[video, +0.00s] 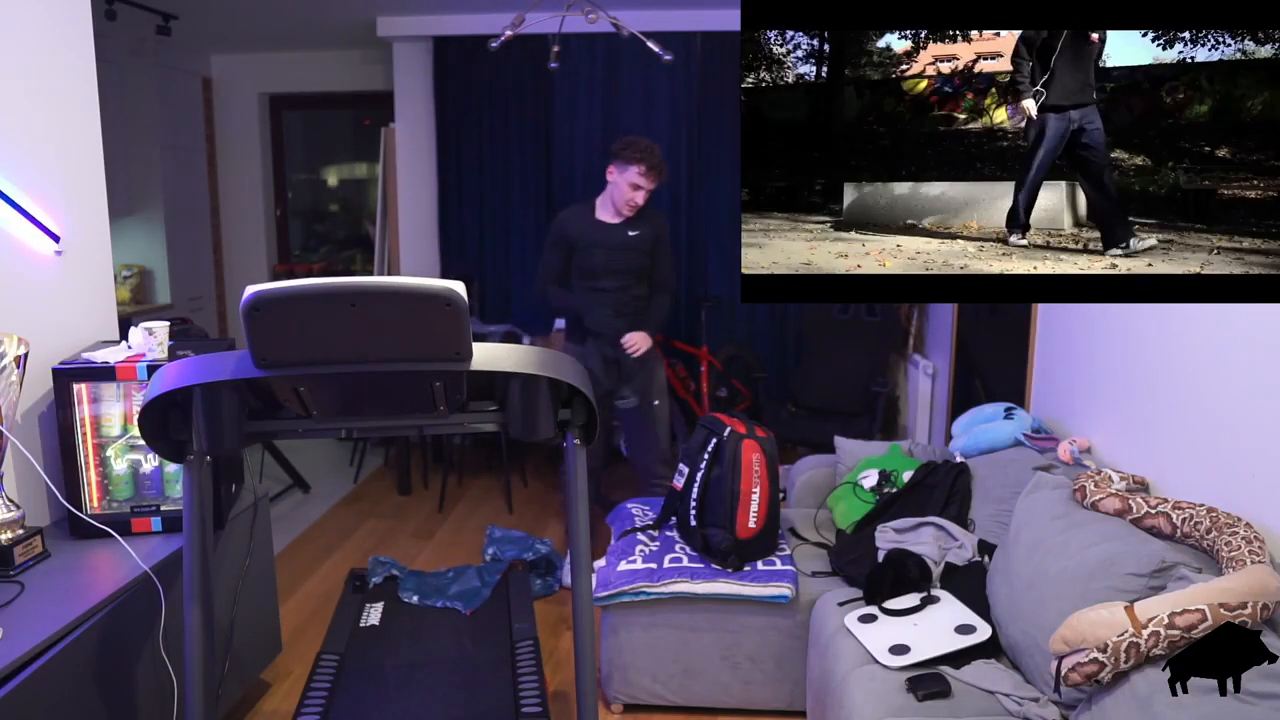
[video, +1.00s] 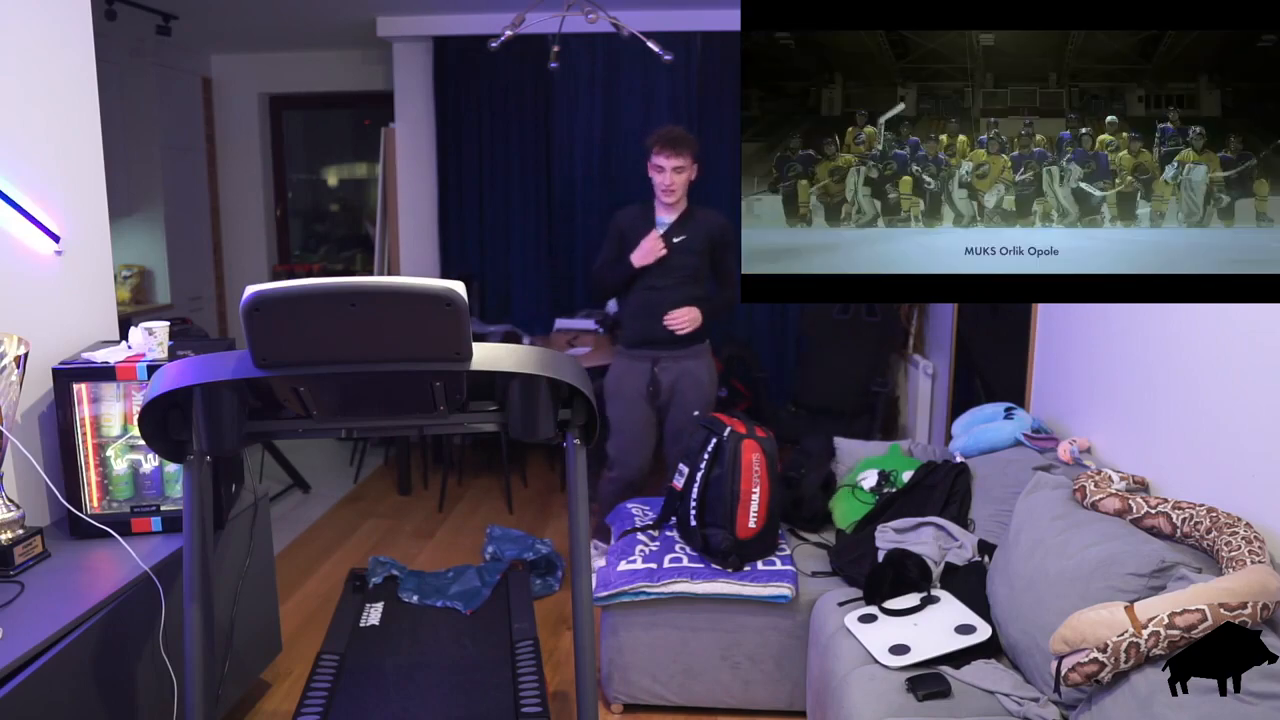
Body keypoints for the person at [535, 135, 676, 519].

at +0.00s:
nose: (640, 199)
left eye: (648, 192)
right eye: (634, 187)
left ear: (655, 190)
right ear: (611, 174)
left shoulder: (653, 225)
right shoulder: (571, 222)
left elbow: (664, 287)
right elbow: (547, 287)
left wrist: (649, 331)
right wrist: (591, 311)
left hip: (639, 347)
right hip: (587, 348)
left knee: (656, 446)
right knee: (587, 446)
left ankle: (656, 537)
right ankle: (585, 530)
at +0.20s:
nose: (664, 195)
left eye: (672, 188)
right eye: (658, 182)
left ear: (677, 188)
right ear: (634, 170)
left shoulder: (675, 228)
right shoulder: (592, 220)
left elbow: (691, 297)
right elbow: (552, 269)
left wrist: (722, 329)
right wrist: (571, 280)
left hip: (654, 354)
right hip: (598, 354)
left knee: (662, 458)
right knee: (591, 460)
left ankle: (662, 551)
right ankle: (584, 551)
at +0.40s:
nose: (670, 189)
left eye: (680, 182)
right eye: (665, 176)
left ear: (688, 184)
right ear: (647, 166)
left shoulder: (692, 230)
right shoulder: (611, 218)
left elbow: (722, 295)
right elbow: (574, 254)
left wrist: (765, 332)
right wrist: (551, 240)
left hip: (670, 358)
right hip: (613, 358)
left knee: (672, 462)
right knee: (601, 461)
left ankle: (671, 557)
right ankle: (586, 552)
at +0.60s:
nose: (665, 182)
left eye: (677, 175)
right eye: (660, 171)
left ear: (690, 180)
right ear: (649, 167)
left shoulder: (704, 229)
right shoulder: (623, 223)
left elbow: (721, 291)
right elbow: (595, 282)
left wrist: (740, 315)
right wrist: (612, 243)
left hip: (681, 358)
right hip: (624, 358)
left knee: (680, 461)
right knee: (613, 462)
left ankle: (681, 552)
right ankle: (596, 544)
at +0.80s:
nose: (668, 180)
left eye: (679, 171)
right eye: (661, 169)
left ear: (693, 176)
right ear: (650, 170)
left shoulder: (711, 228)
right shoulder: (627, 223)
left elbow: (728, 292)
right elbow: (602, 288)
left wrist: (719, 300)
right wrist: (635, 254)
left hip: (690, 365)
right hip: (630, 365)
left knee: (688, 469)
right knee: (625, 472)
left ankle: (685, 557)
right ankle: (623, 556)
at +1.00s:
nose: (666, 180)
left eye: (676, 171)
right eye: (659, 170)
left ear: (693, 174)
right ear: (649, 171)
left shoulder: (713, 226)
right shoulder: (627, 222)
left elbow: (729, 291)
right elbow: (598, 286)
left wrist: (703, 313)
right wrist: (633, 261)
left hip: (690, 361)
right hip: (631, 361)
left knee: (687, 462)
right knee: (629, 462)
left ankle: (683, 549)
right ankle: (599, 534)